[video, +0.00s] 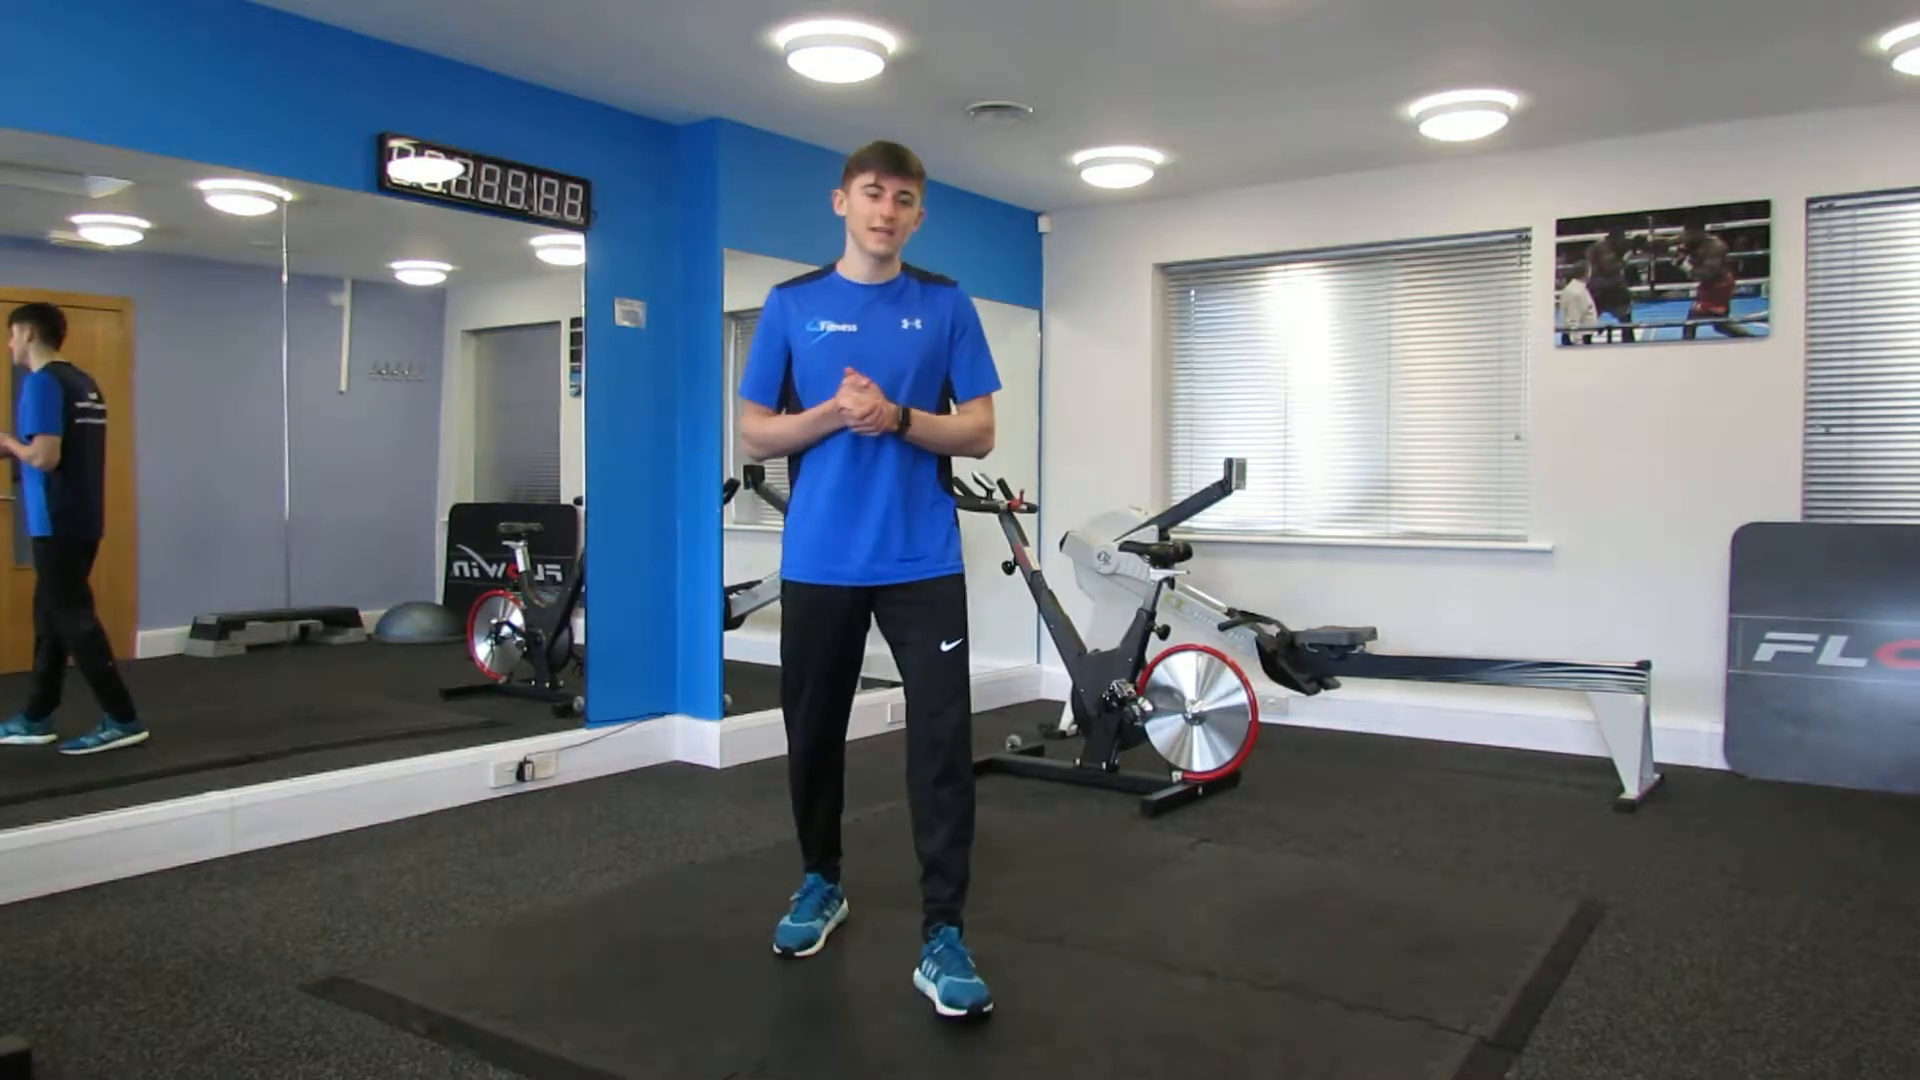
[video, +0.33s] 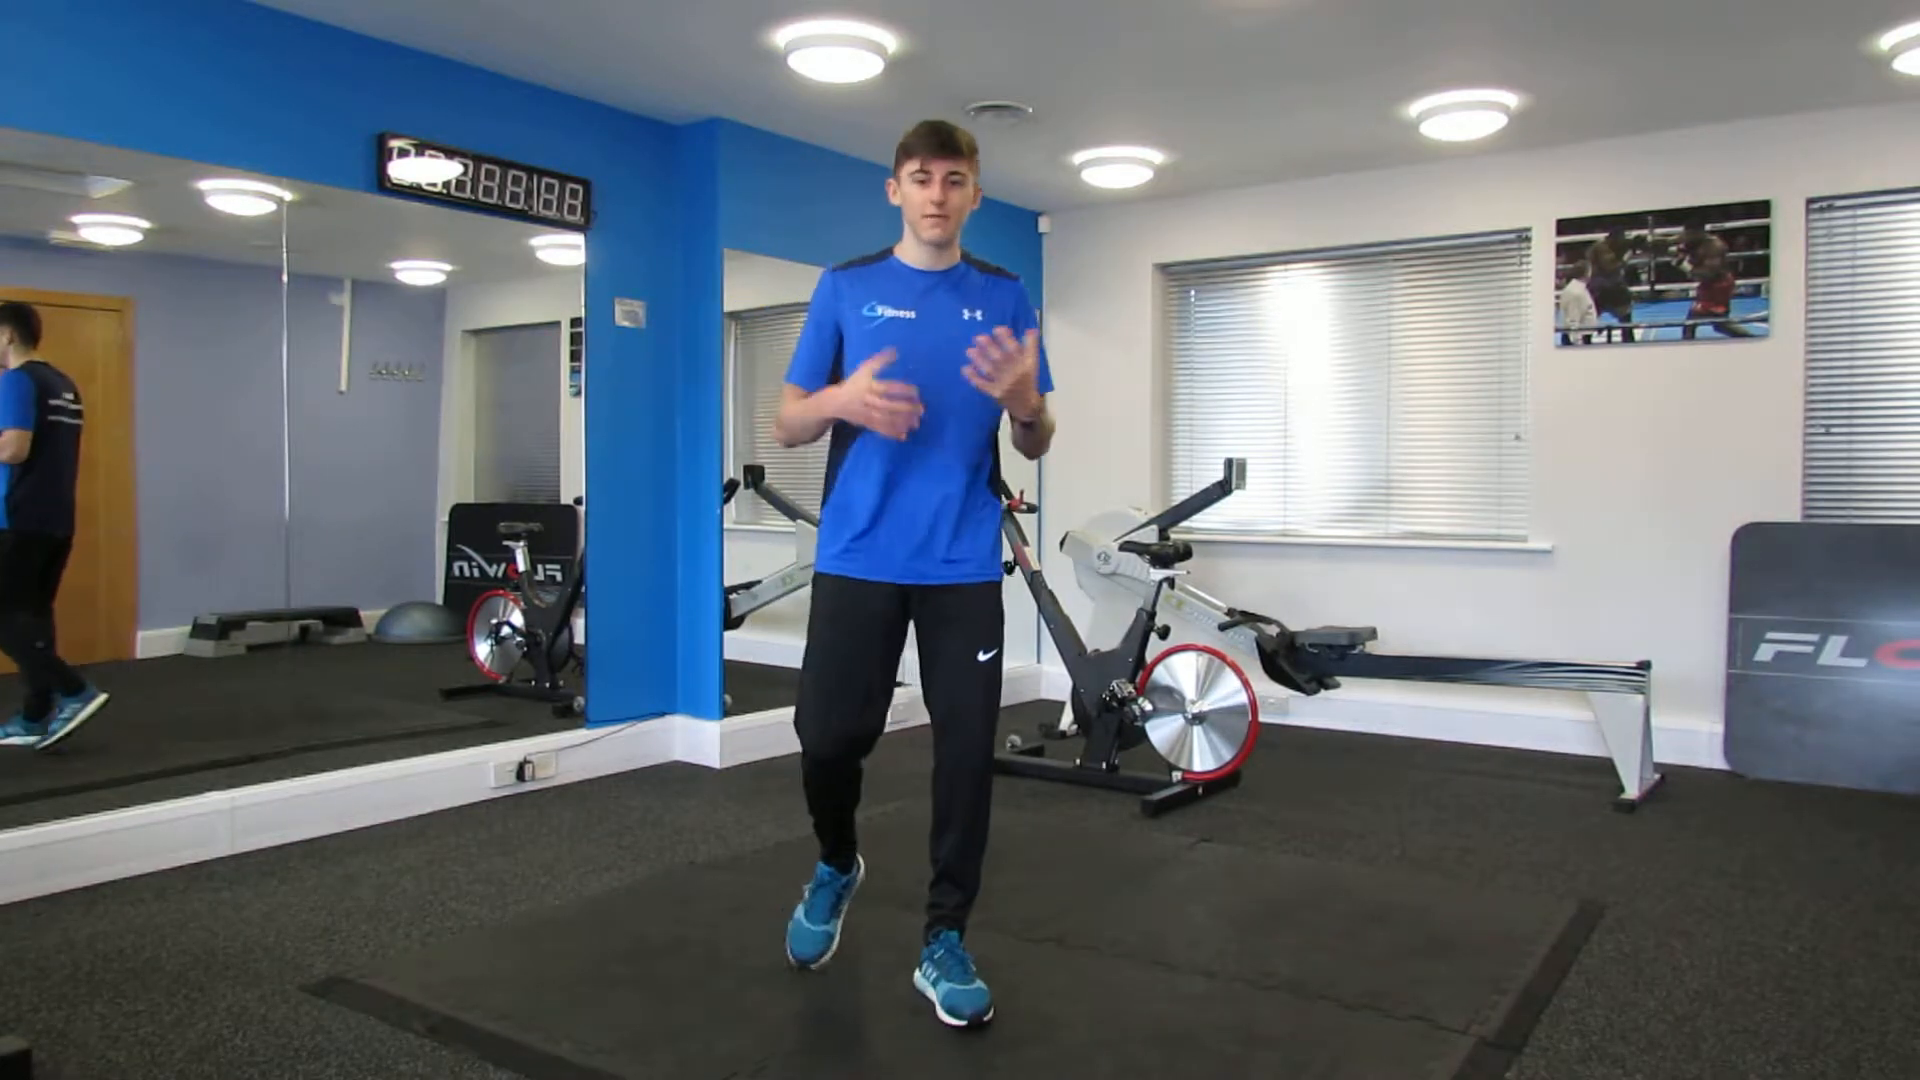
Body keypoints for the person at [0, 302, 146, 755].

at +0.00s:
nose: (9, 345)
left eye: (12, 336)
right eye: (10, 336)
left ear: (27, 335)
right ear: (54, 336)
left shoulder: (43, 381)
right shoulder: (85, 383)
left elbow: (46, 456)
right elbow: (81, 457)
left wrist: (11, 445)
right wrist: (24, 451)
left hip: (57, 529)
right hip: (82, 527)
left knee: (74, 620)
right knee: (51, 619)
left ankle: (124, 719)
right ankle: (36, 718)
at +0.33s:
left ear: (9, 337)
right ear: (32, 337)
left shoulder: (19, 379)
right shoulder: (63, 383)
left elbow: (15, 446)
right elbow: (61, 455)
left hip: (23, 522)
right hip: (57, 522)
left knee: (11, 616)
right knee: (35, 615)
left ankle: (74, 692)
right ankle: (35, 715)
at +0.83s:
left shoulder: (13, 392)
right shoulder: (17, 391)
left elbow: (20, 475)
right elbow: (24, 474)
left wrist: (24, 534)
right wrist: (26, 533)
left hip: (8, 534)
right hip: (14, 533)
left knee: (14, 619)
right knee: (16, 619)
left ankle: (34, 716)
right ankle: (34, 715)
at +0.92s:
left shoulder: (10, 396)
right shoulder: (11, 396)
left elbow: (15, 463)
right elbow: (17, 462)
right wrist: (15, 527)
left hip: (3, 531)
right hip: (6, 529)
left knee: (6, 617)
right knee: (6, 616)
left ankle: (32, 714)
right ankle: (31, 714)